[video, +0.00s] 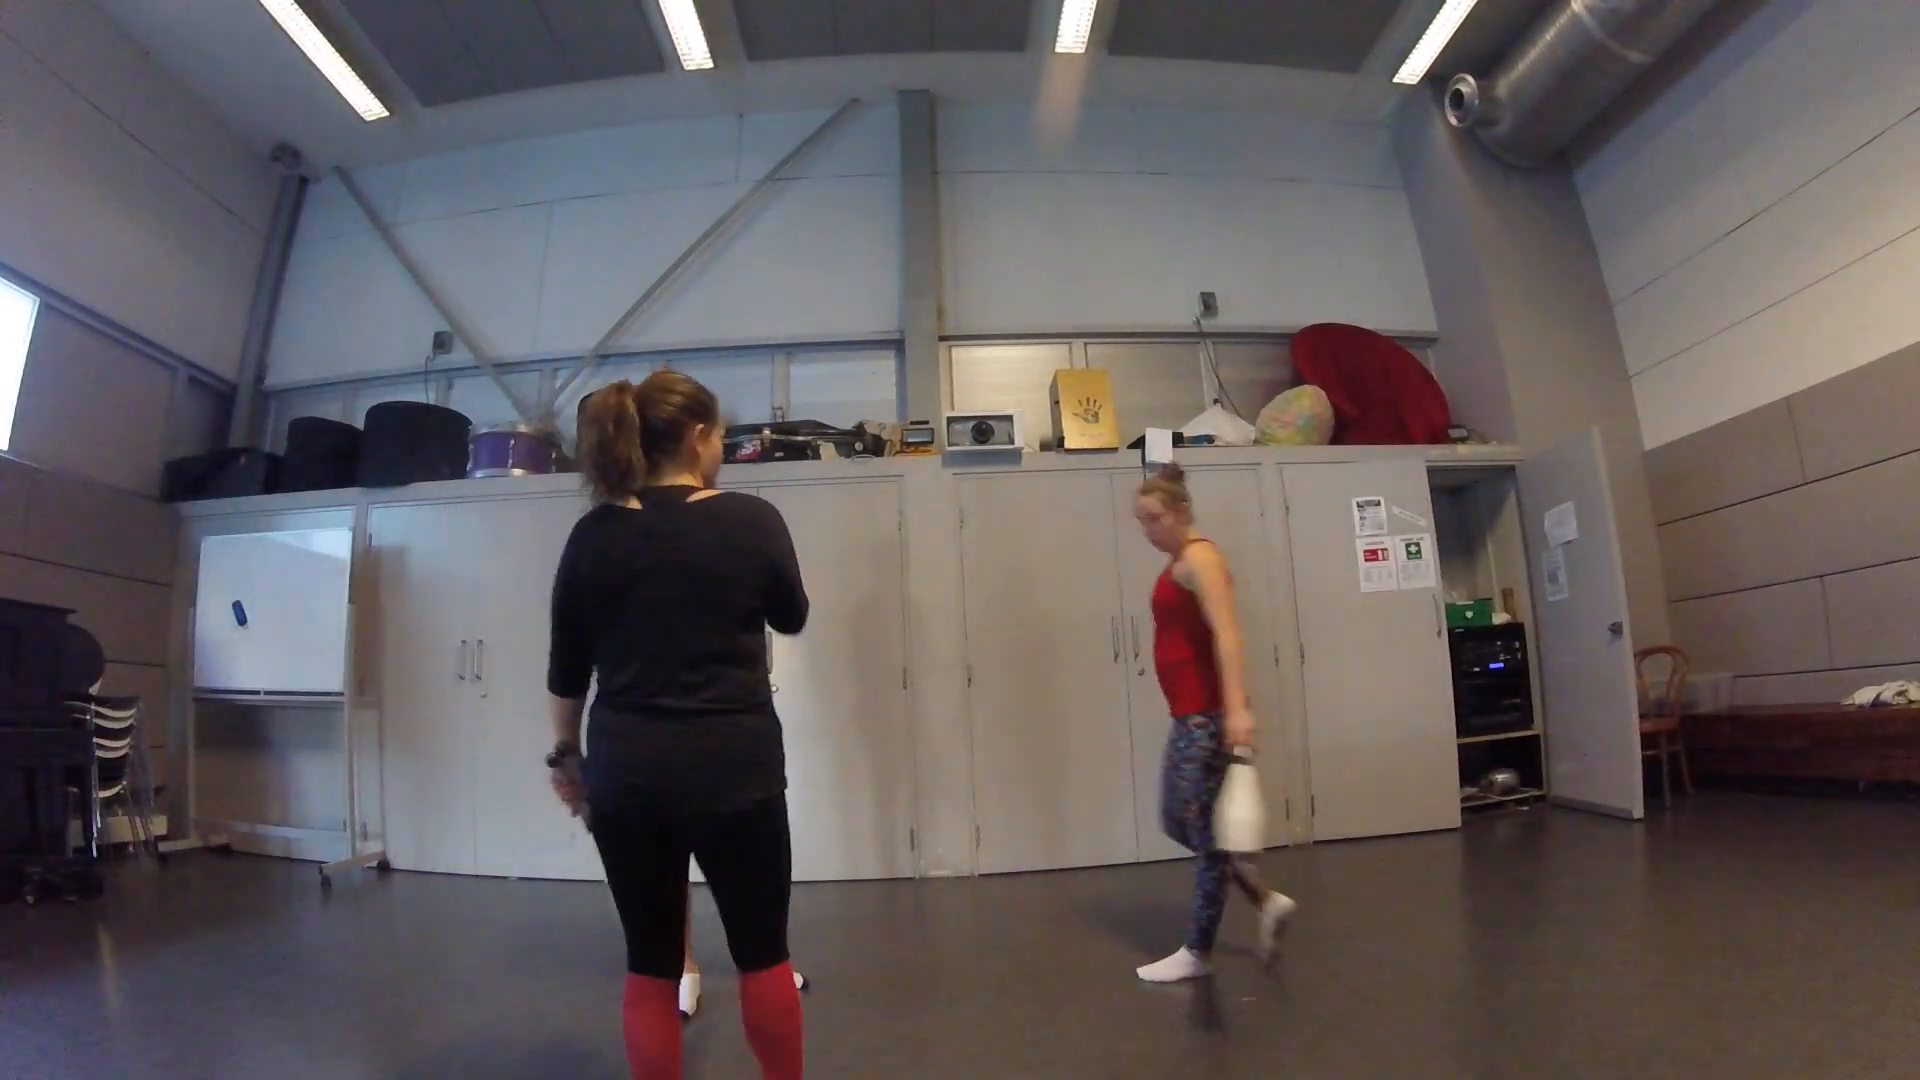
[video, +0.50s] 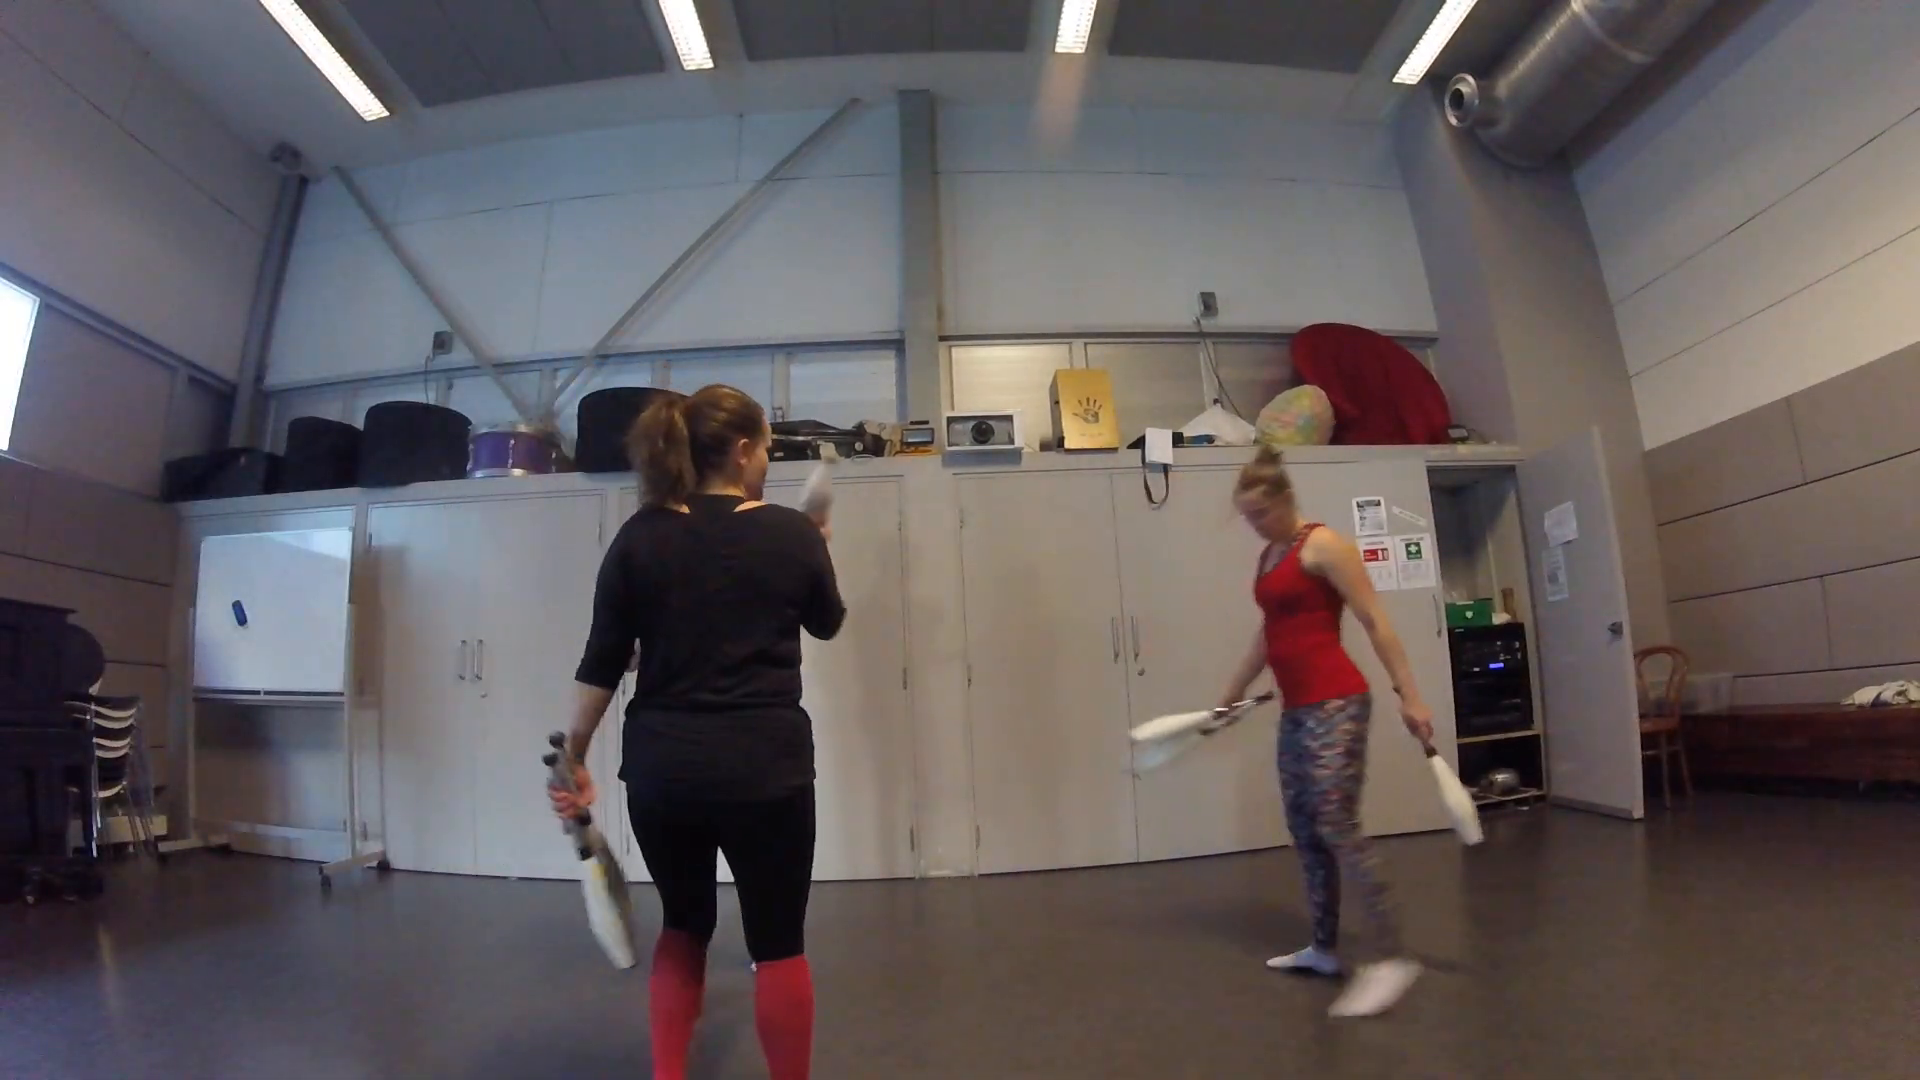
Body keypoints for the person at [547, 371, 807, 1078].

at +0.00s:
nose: (720, 447)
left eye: (719, 436)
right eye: (718, 436)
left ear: (642, 440)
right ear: (698, 438)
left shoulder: (595, 534)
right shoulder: (751, 522)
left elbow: (568, 662)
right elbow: (791, 616)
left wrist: (564, 751)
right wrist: (728, 545)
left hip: (627, 781)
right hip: (735, 776)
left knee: (651, 965)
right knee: (762, 957)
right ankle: (785, 1073)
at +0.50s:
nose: (769, 459)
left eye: (767, 448)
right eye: (766, 448)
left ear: (689, 454)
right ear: (743, 451)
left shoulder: (640, 536)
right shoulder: (785, 533)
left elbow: (604, 658)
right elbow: (826, 621)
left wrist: (573, 755)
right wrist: (815, 540)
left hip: (661, 774)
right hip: (765, 770)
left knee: (683, 918)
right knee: (777, 944)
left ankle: (667, 1073)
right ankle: (791, 1075)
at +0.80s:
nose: (729, 472)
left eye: (726, 460)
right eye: (721, 461)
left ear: (653, 475)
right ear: (689, 469)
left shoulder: (612, 557)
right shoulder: (733, 541)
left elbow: (575, 672)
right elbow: (776, 647)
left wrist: (545, 756)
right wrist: (818, 651)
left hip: (633, 769)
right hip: (722, 767)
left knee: (660, 924)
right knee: (759, 942)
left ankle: (624, 1067)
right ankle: (785, 1072)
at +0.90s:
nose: (706, 482)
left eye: (704, 469)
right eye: (697, 471)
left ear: (646, 481)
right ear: (664, 477)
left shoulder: (600, 562)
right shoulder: (695, 553)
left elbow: (571, 684)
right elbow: (705, 674)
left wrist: (562, 773)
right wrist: (754, 715)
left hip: (610, 773)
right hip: (685, 771)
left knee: (653, 922)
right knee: (736, 938)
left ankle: (626, 1068)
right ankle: (777, 1071)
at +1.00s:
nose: (687, 483)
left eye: (684, 471)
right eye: (676, 471)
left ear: (631, 482)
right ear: (637, 480)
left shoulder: (604, 553)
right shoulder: (653, 549)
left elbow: (579, 675)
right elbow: (657, 667)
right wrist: (711, 722)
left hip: (591, 767)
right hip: (644, 770)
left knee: (639, 918)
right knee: (705, 929)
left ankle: (625, 1068)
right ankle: (737, 1070)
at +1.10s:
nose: (665, 479)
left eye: (664, 468)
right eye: (651, 468)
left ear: (620, 480)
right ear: (608, 477)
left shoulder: (614, 545)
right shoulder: (612, 549)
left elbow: (621, 654)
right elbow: (608, 659)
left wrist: (674, 708)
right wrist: (670, 712)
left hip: (597, 753)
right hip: (607, 758)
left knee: (625, 921)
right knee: (675, 926)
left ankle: (623, 1066)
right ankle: (641, 1067)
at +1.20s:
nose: (635, 477)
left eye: (639, 468)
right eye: (619, 467)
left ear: (641, 481)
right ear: (580, 479)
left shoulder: (604, 553)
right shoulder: (577, 546)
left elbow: (599, 661)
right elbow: (551, 643)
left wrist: (630, 774)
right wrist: (636, 701)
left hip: (606, 755)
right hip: (579, 756)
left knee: (619, 924)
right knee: (621, 930)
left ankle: (621, 1066)